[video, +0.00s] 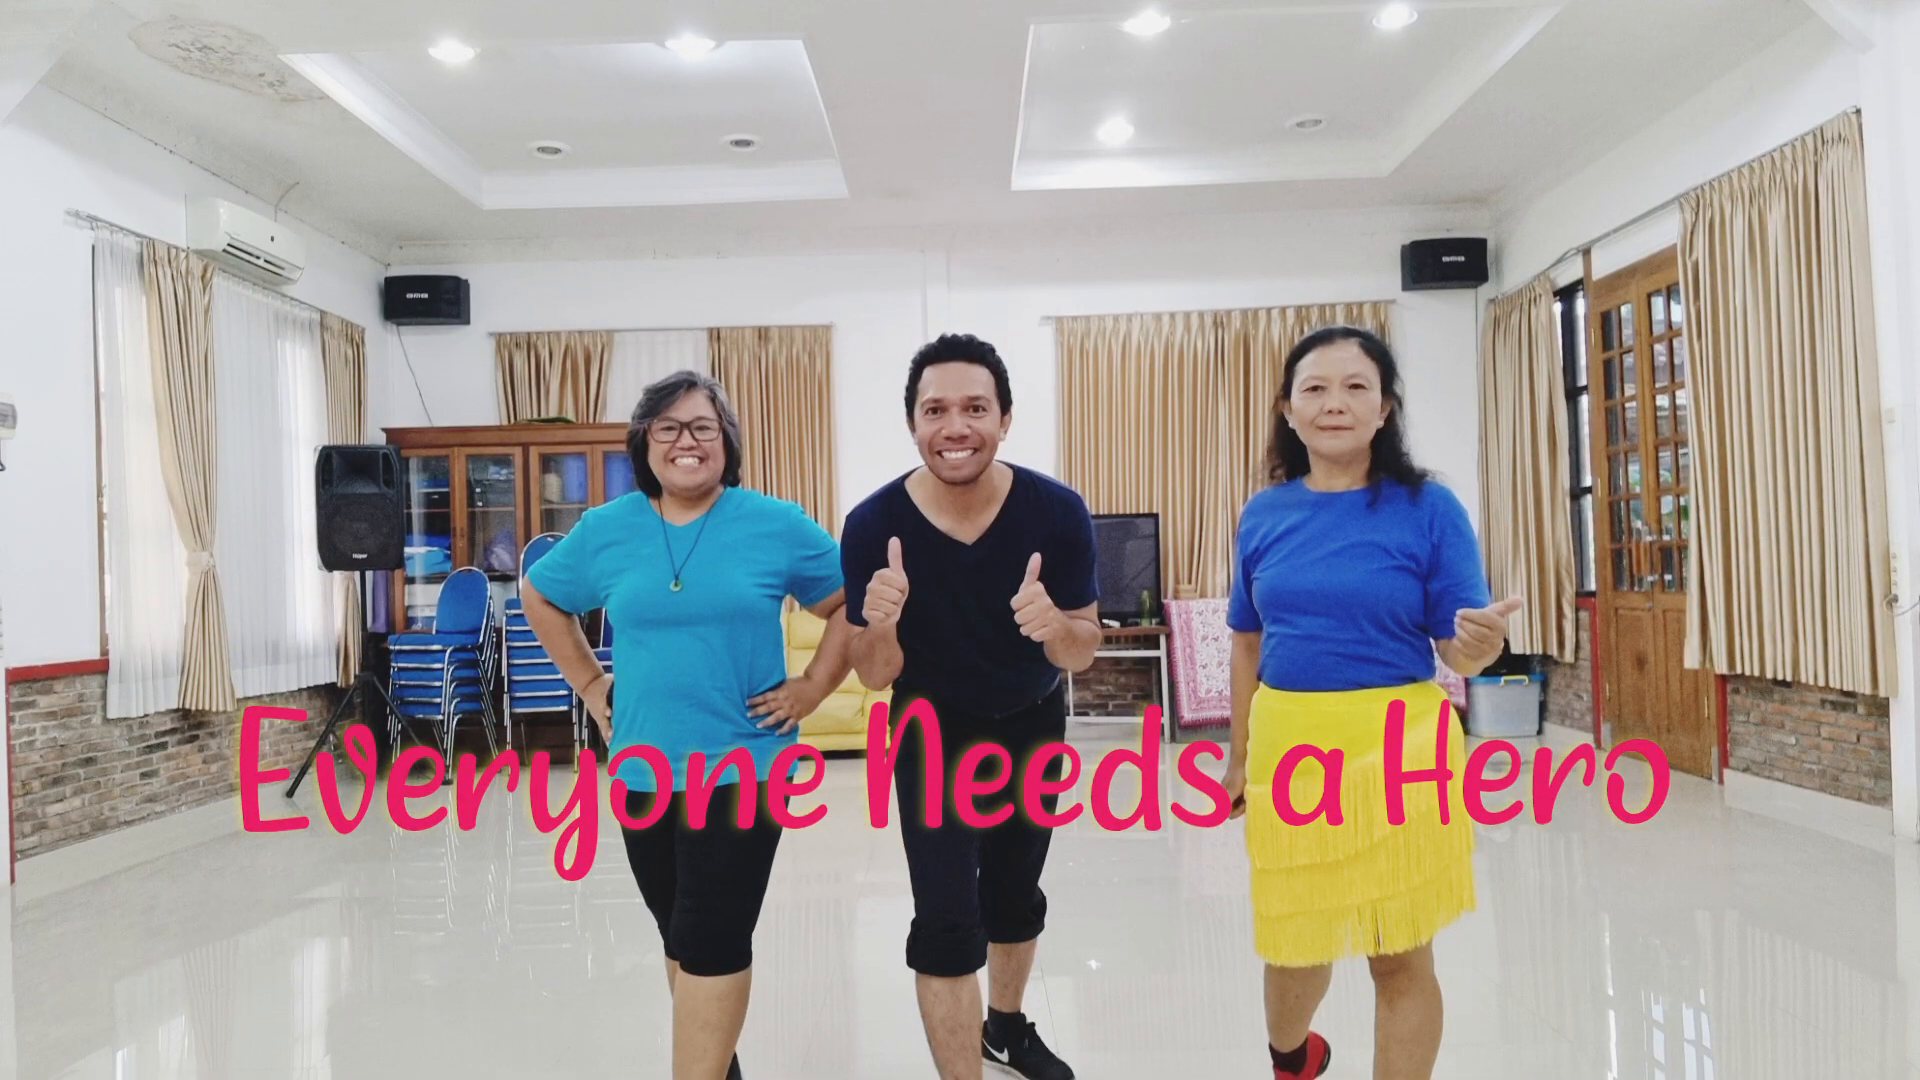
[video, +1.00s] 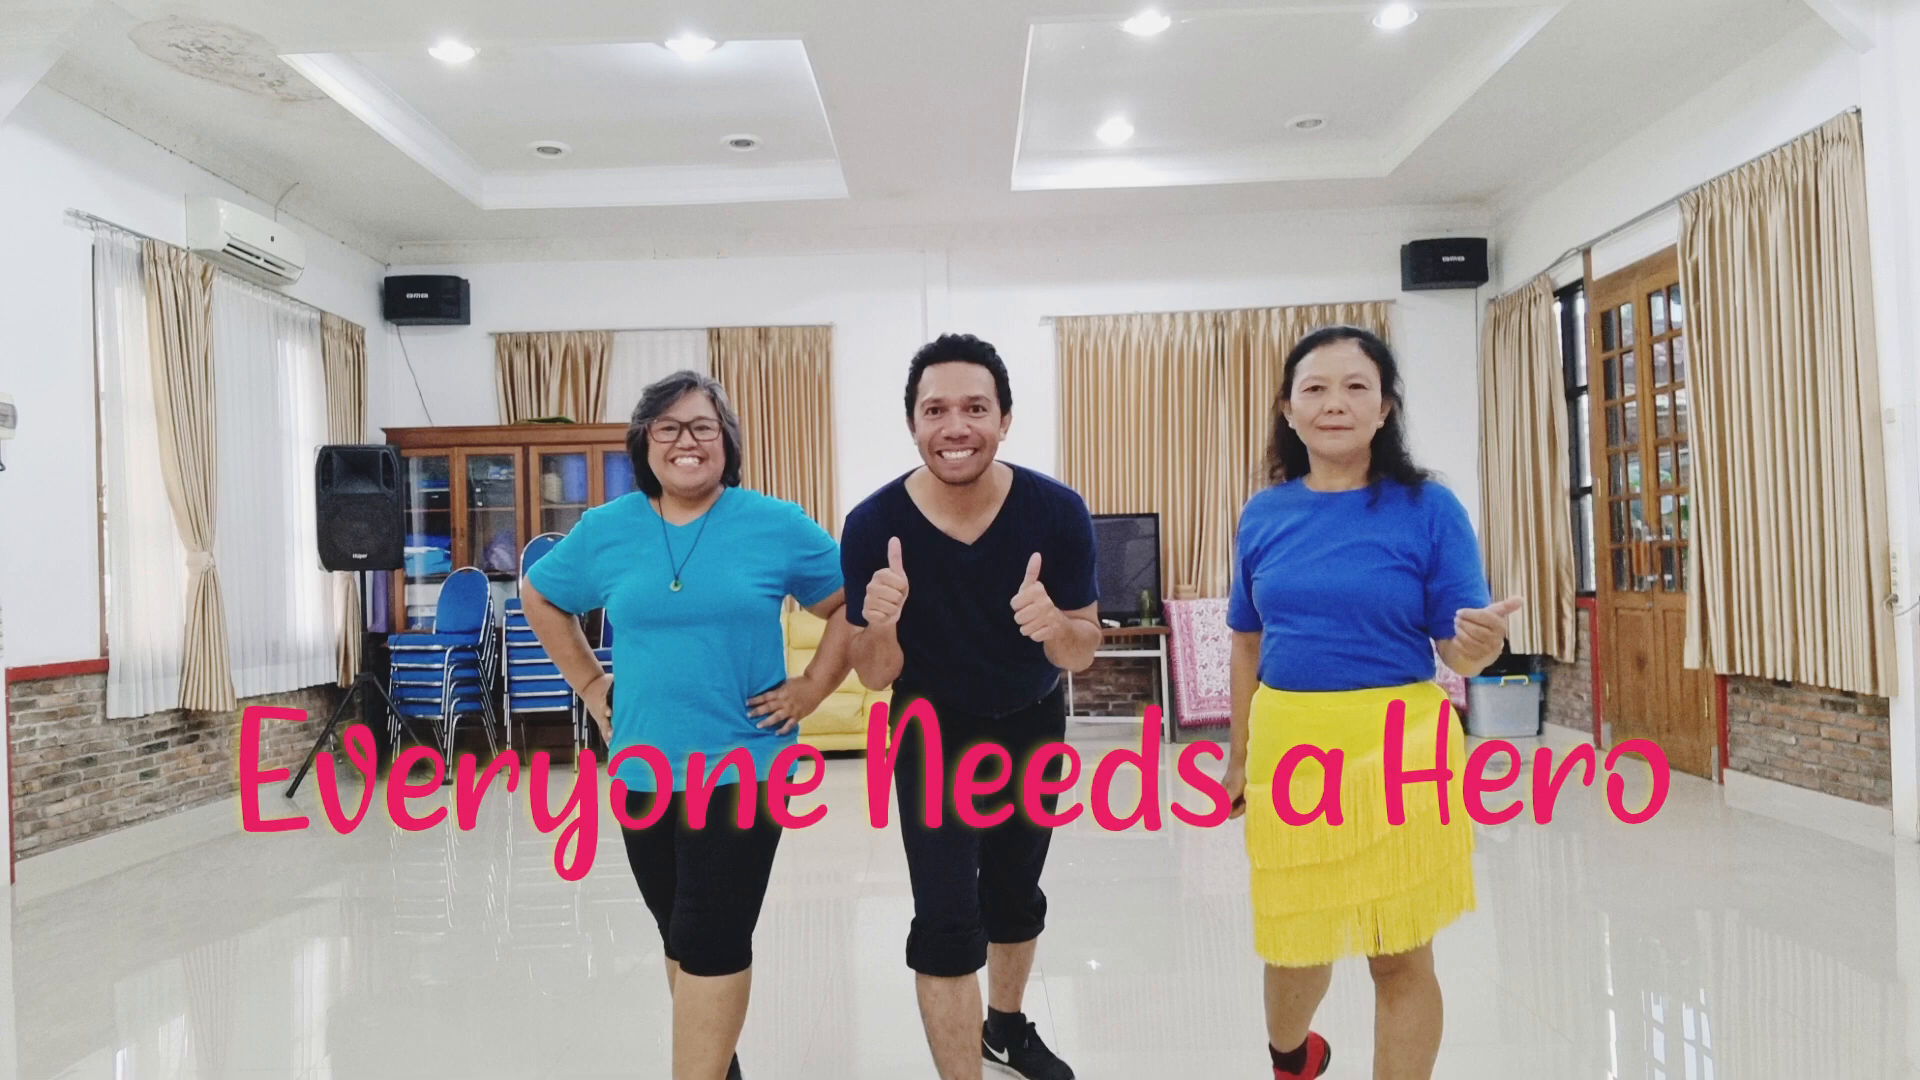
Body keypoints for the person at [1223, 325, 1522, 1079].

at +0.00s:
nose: (1334, 402)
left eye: (1354, 387)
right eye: (1314, 388)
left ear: (1385, 407)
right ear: (1290, 410)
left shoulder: (1428, 507)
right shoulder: (1265, 513)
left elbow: (1462, 651)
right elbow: (1248, 642)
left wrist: (1483, 639)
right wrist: (1239, 755)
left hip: (1400, 745)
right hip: (1289, 745)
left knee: (1397, 959)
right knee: (1293, 954)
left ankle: (1405, 1078)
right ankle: (1290, 1065)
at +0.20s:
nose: (1334, 402)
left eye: (1354, 387)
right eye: (1314, 388)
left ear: (1385, 407)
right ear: (1290, 410)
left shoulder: (1428, 507)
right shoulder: (1265, 513)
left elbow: (1462, 651)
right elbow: (1248, 642)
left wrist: (1483, 639)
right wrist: (1239, 755)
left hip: (1400, 745)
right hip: (1289, 746)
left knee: (1397, 959)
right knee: (1293, 954)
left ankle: (1405, 1078)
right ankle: (1290, 1065)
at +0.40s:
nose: (1334, 402)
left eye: (1354, 387)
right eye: (1314, 388)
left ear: (1385, 407)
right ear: (1290, 410)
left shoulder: (1428, 507)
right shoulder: (1265, 513)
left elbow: (1462, 651)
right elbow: (1248, 642)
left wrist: (1483, 639)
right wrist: (1239, 754)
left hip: (1400, 745)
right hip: (1288, 745)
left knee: (1397, 959)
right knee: (1293, 954)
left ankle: (1405, 1078)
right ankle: (1290, 1065)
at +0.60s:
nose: (1334, 402)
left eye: (1354, 387)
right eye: (1314, 388)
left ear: (1385, 407)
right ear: (1290, 410)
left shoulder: (1428, 507)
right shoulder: (1265, 513)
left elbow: (1462, 651)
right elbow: (1248, 642)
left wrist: (1483, 639)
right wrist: (1239, 754)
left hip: (1400, 745)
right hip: (1288, 745)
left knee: (1397, 959)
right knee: (1293, 954)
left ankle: (1405, 1078)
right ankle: (1290, 1065)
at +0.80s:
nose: (1334, 402)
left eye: (1354, 387)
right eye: (1315, 388)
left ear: (1385, 406)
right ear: (1290, 410)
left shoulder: (1428, 507)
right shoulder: (1265, 513)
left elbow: (1462, 651)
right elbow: (1247, 642)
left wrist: (1484, 639)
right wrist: (1239, 754)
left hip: (1400, 744)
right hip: (1289, 745)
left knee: (1398, 958)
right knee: (1293, 952)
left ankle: (1405, 1078)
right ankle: (1290, 1065)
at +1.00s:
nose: (1334, 402)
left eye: (1354, 387)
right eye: (1315, 388)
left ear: (1385, 406)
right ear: (1290, 410)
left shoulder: (1428, 507)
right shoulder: (1265, 513)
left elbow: (1462, 651)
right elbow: (1247, 642)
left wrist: (1484, 639)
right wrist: (1239, 754)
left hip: (1400, 744)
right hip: (1289, 745)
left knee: (1398, 958)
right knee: (1293, 952)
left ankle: (1405, 1078)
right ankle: (1290, 1065)